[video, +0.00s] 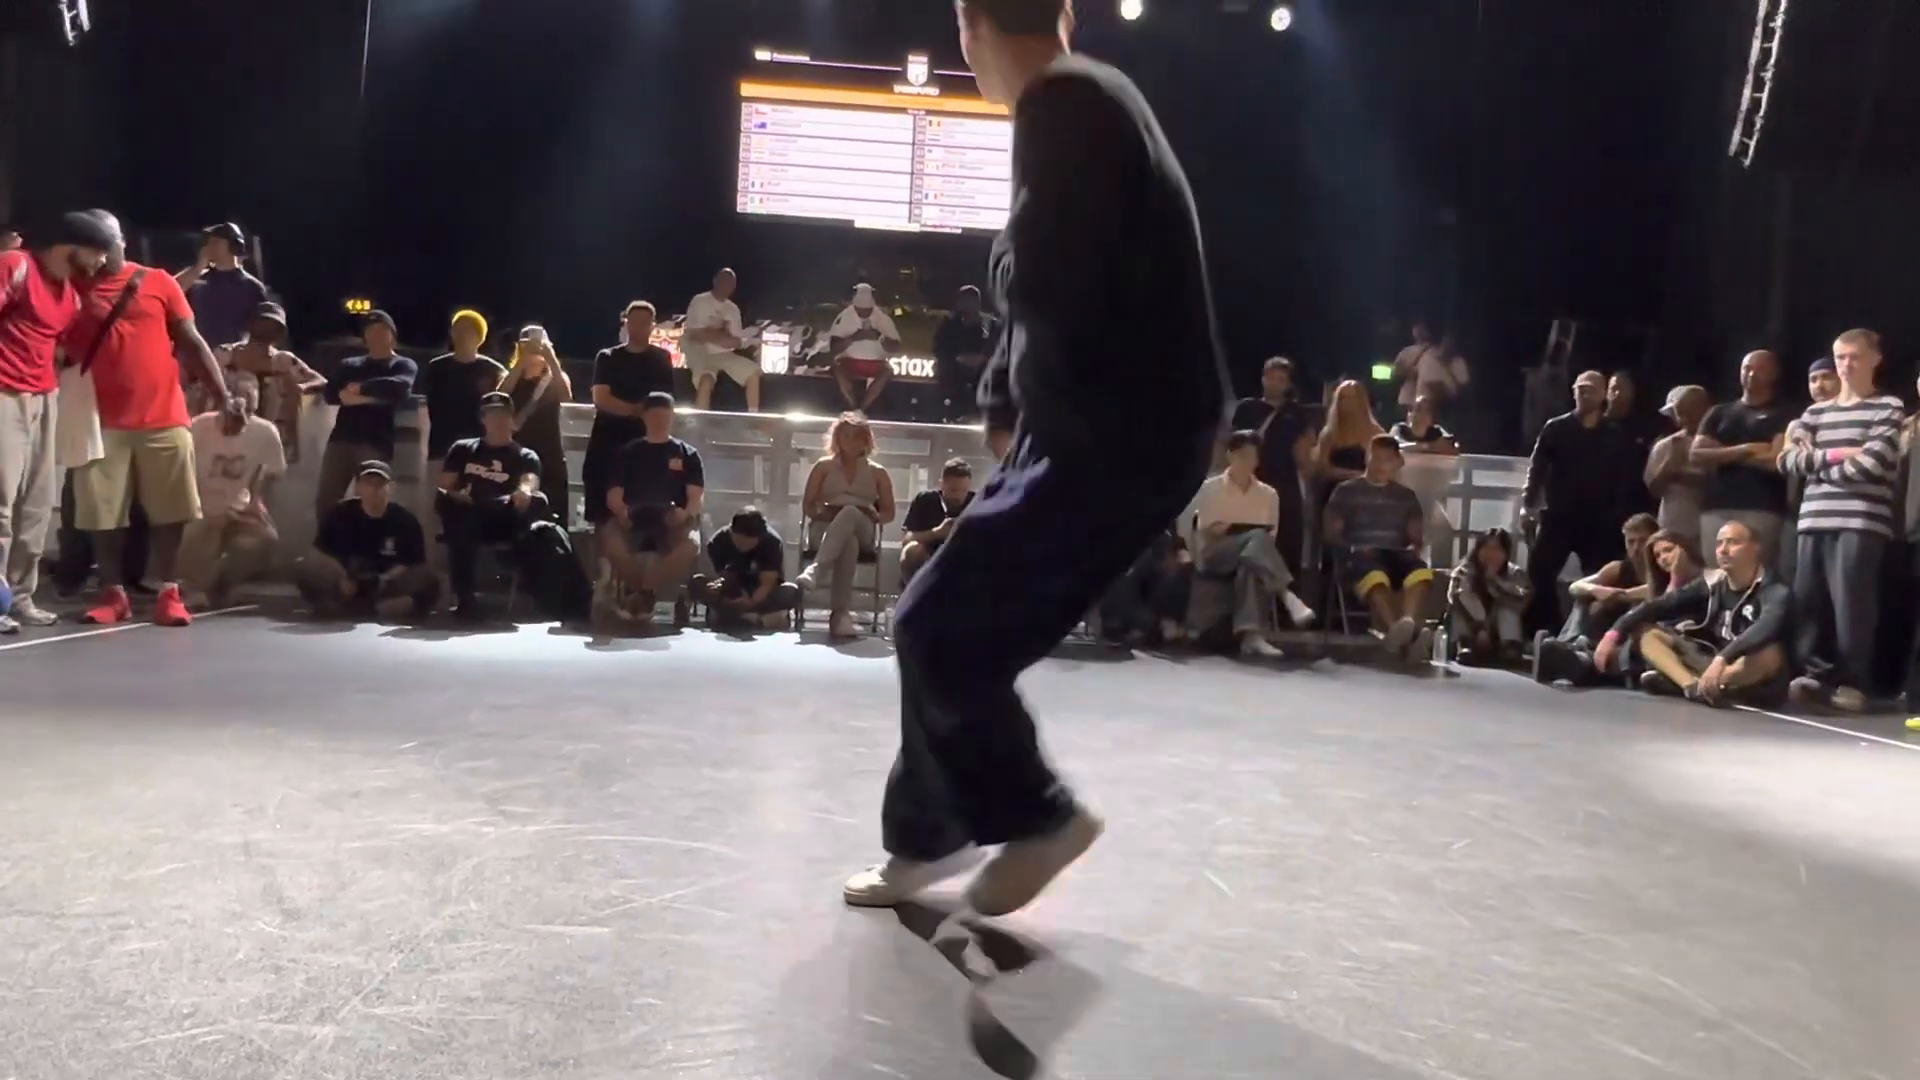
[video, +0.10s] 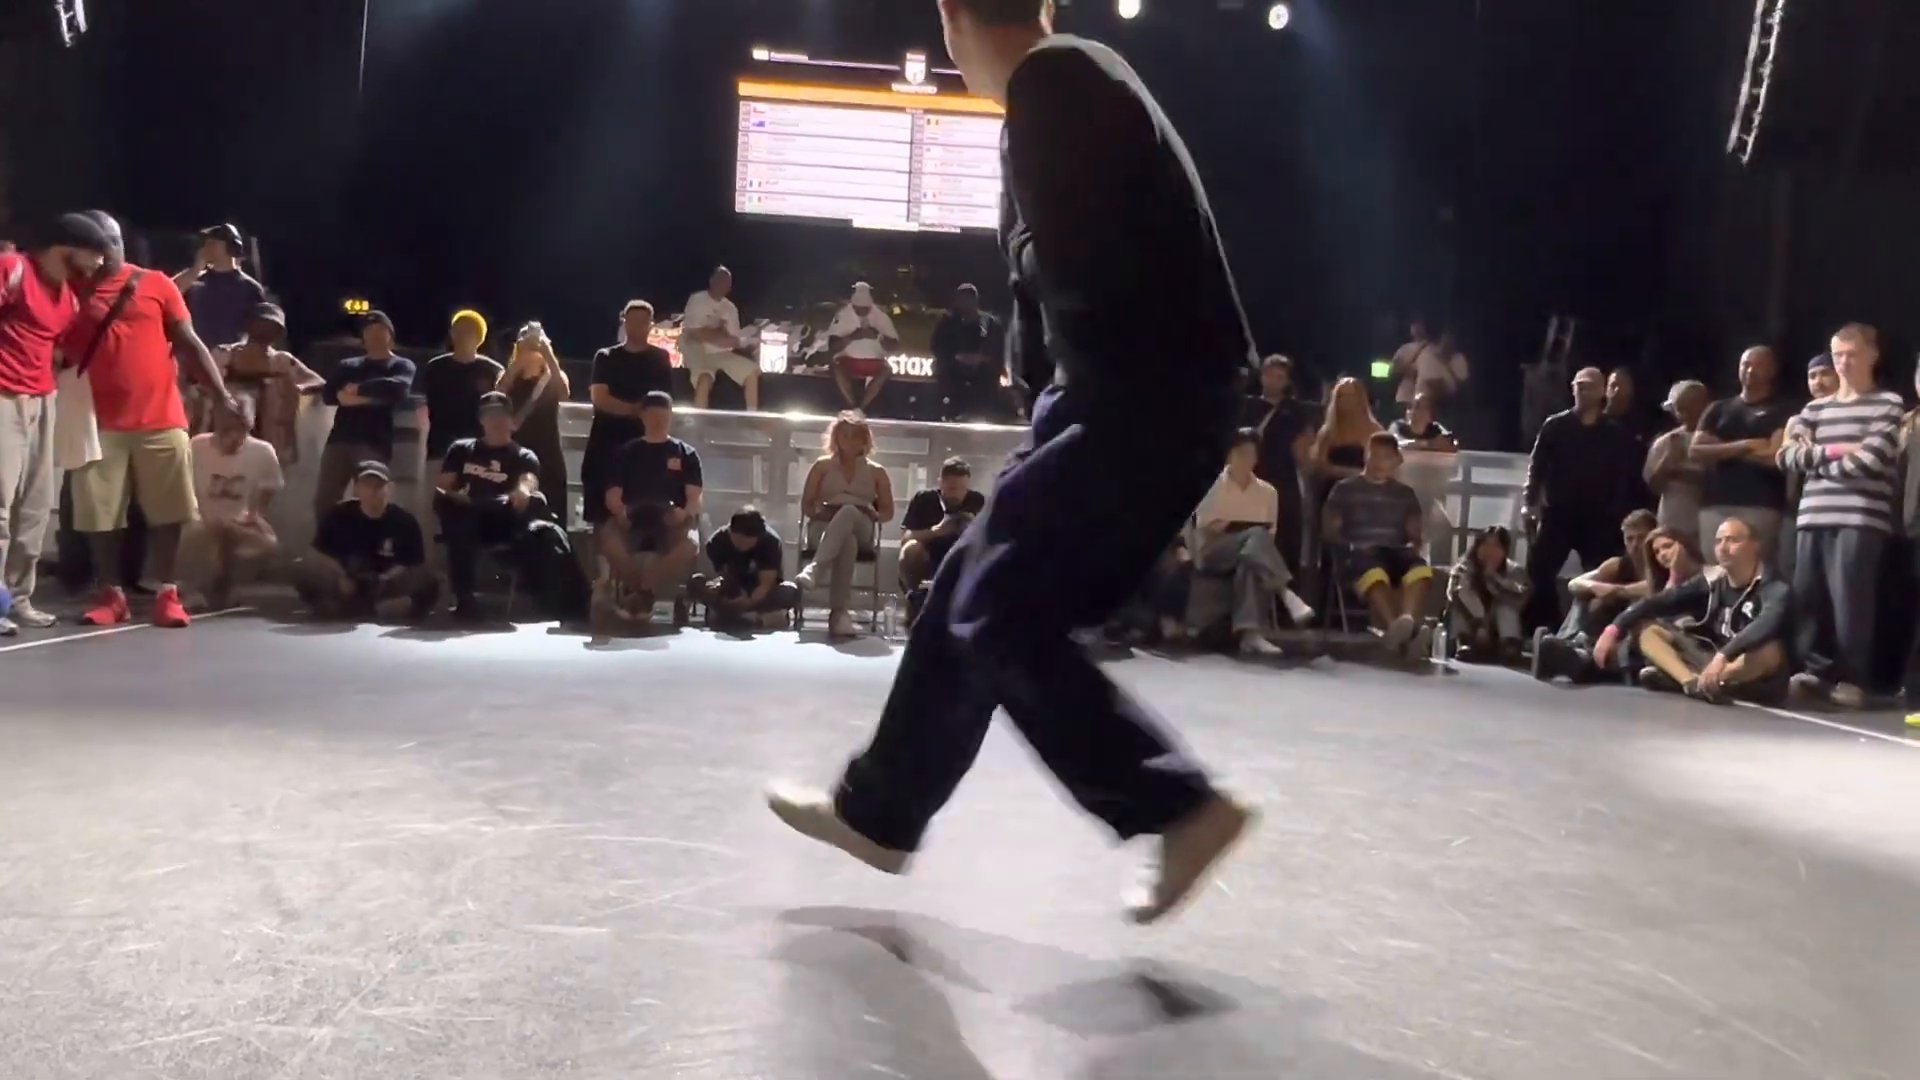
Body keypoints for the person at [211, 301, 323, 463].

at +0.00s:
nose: (267, 331)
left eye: (274, 327)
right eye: (263, 323)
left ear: (279, 332)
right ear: (251, 324)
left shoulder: (284, 360)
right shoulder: (226, 353)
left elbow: (321, 381)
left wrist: (301, 387)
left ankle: (290, 443)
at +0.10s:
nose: (266, 332)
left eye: (272, 328)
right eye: (262, 325)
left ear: (278, 333)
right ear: (251, 325)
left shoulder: (282, 360)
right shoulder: (225, 354)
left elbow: (318, 381)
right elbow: (205, 382)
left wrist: (299, 387)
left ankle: (286, 447)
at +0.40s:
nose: (263, 334)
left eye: (270, 330)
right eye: (259, 327)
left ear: (275, 335)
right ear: (248, 327)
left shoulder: (278, 362)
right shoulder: (222, 355)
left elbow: (317, 383)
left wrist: (295, 389)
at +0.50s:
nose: (268, 341)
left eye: (273, 337)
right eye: (264, 334)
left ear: (278, 341)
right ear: (252, 334)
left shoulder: (281, 369)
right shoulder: (228, 364)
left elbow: (319, 390)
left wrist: (299, 396)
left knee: (291, 404)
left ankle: (287, 452)